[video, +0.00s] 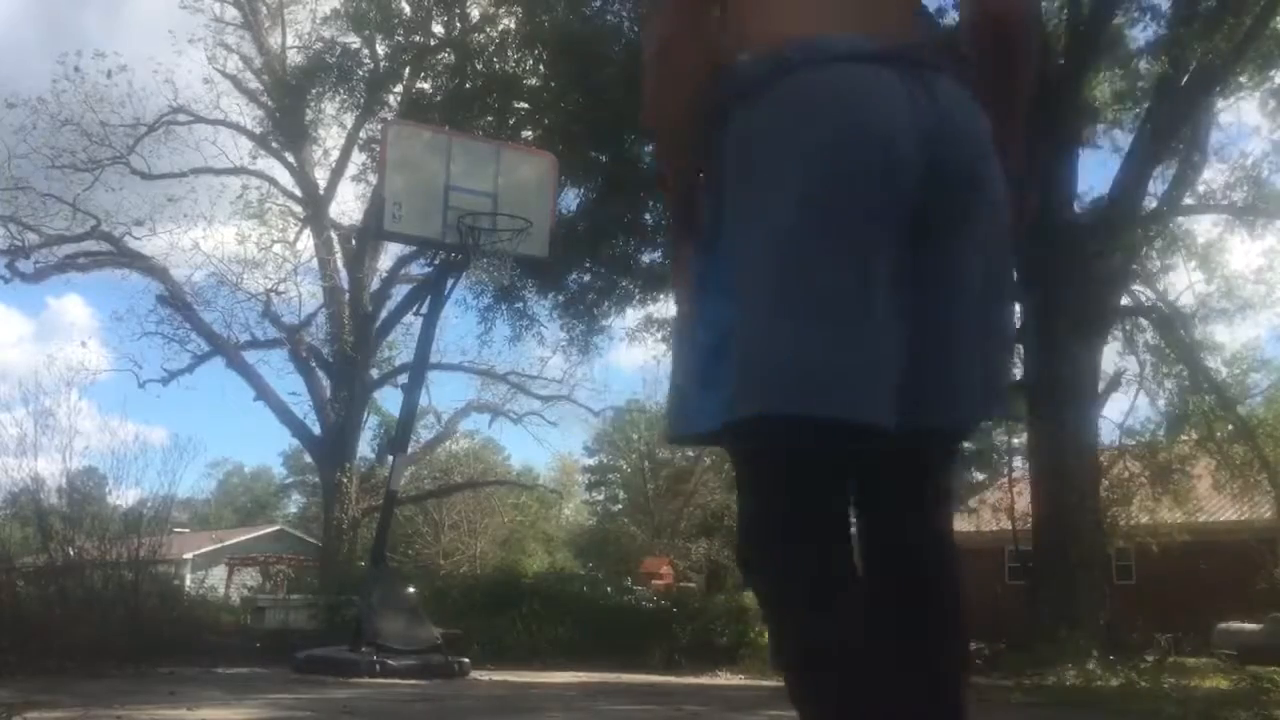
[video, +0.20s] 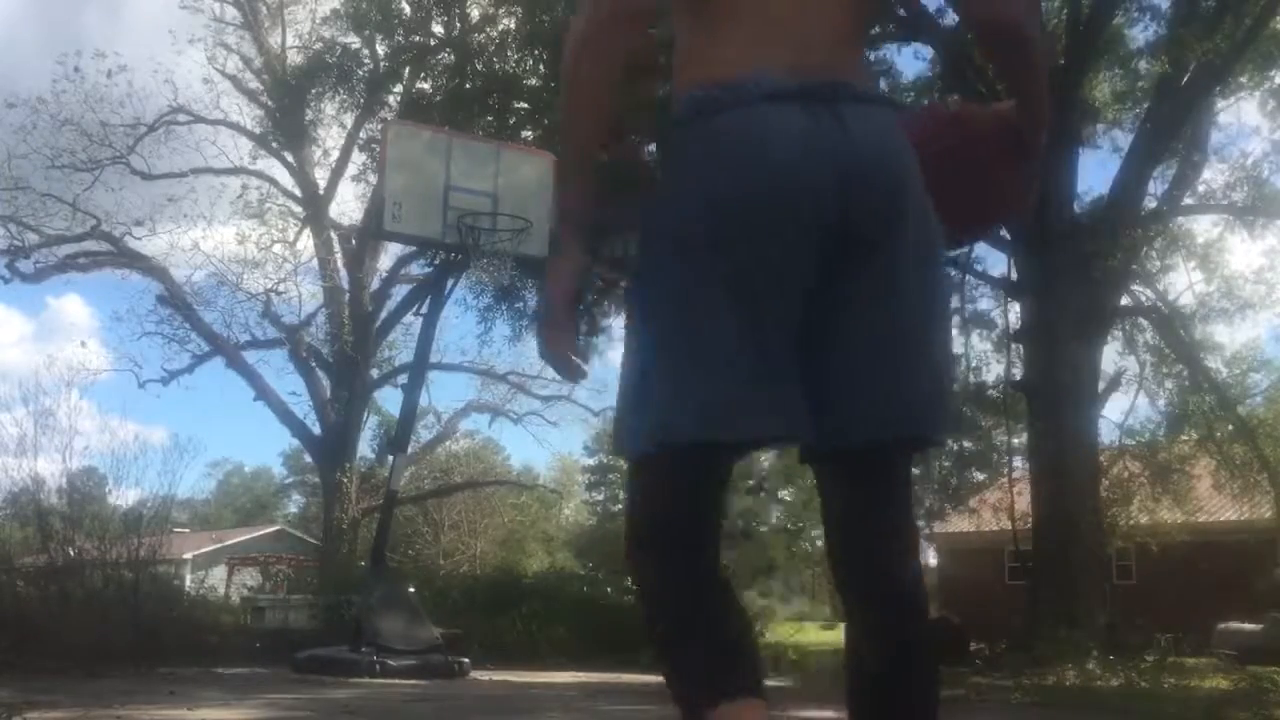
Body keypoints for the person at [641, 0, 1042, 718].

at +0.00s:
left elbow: (678, 44)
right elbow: (1006, 19)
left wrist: (688, 219)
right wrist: (996, 160)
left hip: (803, 135)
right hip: (950, 131)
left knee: (791, 518)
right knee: (914, 503)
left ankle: (844, 701)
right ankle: (929, 703)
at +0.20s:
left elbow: (598, 35)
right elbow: (1005, 17)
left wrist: (570, 234)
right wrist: (1031, 128)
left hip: (723, 160)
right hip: (873, 157)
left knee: (671, 537)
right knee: (876, 540)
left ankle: (732, 701)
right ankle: (901, 705)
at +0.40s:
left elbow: (528, 48)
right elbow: (869, 77)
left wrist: (506, 255)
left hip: (642, 187)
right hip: (787, 184)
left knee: (556, 524)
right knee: (814, 535)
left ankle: (516, 706)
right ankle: (858, 709)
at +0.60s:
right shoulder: (652, 30)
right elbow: (631, 213)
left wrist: (456, 405)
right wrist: (584, 420)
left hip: (531, 291)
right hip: (674, 291)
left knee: (393, 573)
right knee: (748, 608)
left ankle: (314, 708)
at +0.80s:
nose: (310, 19)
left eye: (313, 14)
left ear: (327, 8)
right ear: (410, 9)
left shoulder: (301, 50)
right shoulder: (470, 65)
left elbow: (286, 170)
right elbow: (490, 191)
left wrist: (225, 307)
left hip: (366, 285)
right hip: (488, 285)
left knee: (278, 547)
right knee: (545, 558)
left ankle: (243, 711)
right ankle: (620, 709)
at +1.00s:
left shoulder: (231, 3)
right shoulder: (395, 16)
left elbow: (168, 38)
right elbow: (397, 155)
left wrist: (68, 126)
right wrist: (387, 251)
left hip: (245, 209)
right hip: (361, 216)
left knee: (217, 488)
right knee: (321, 500)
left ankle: (187, 702)